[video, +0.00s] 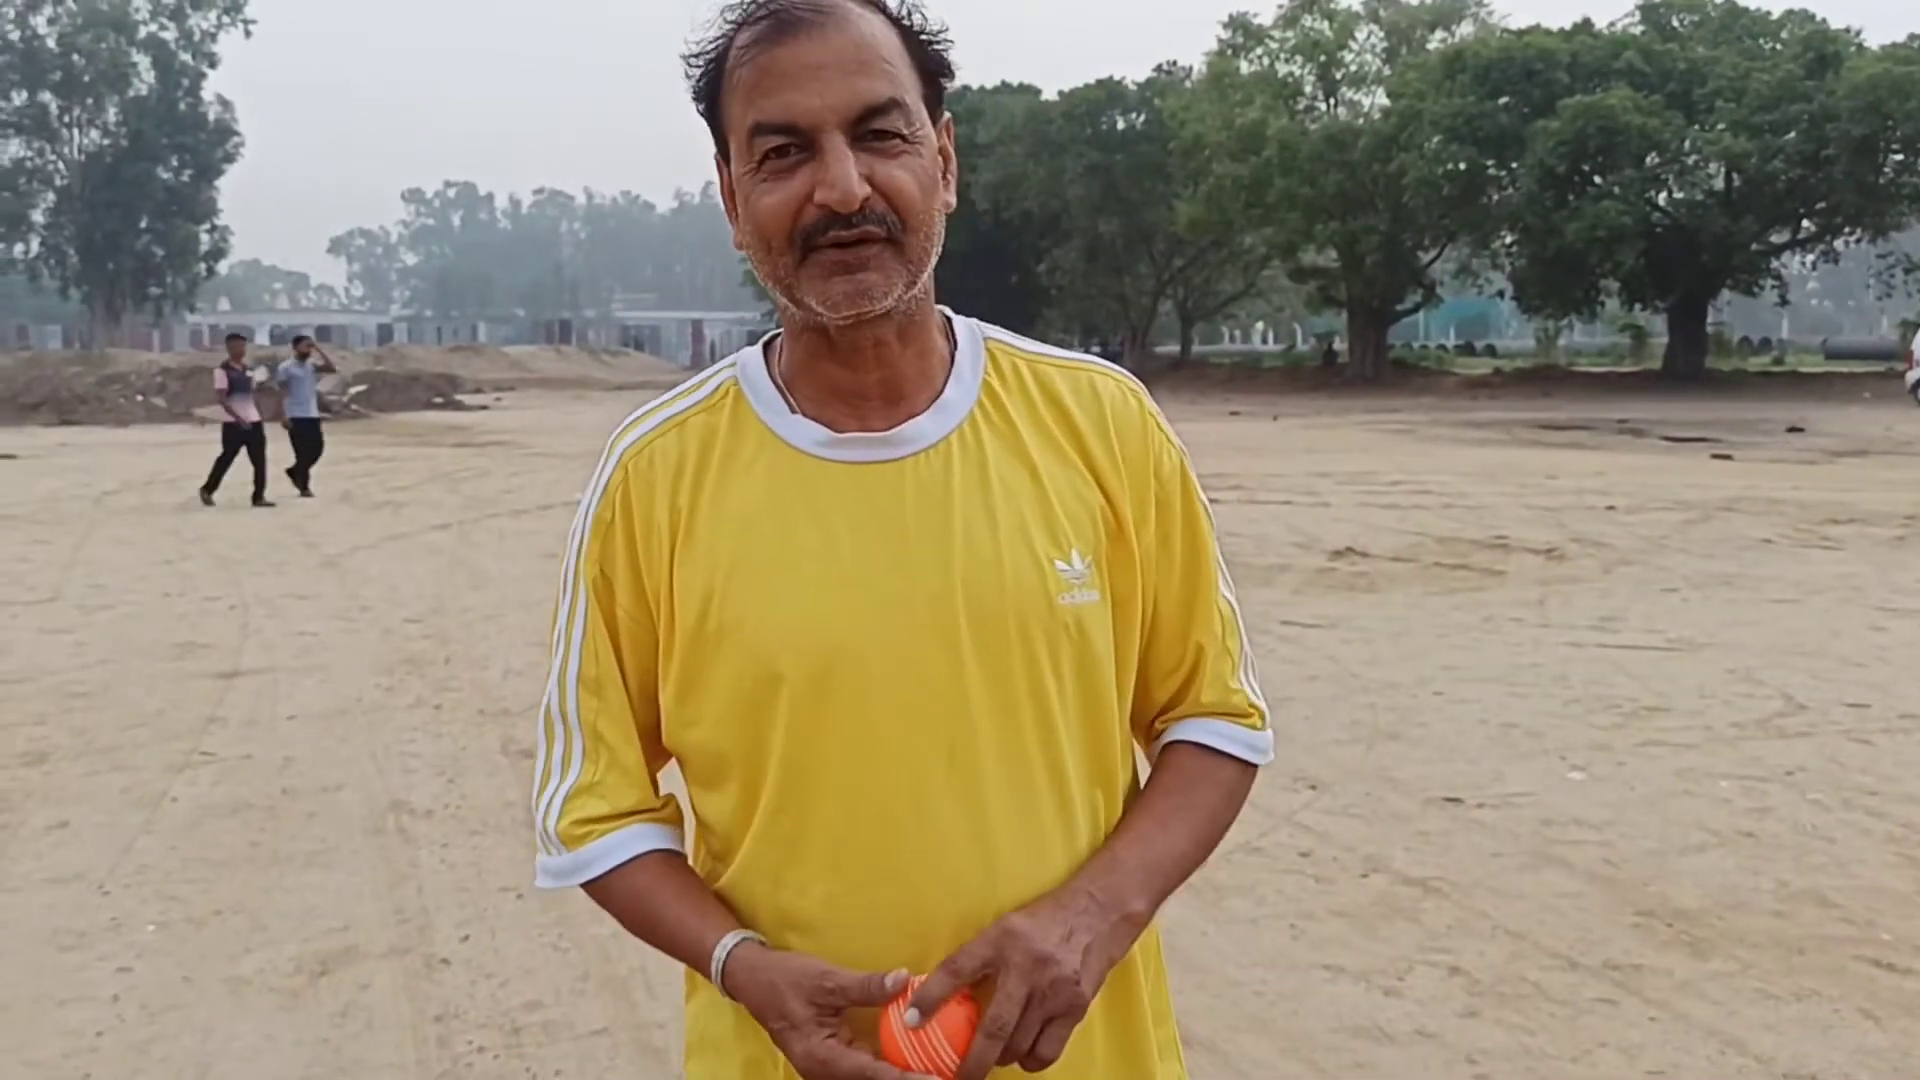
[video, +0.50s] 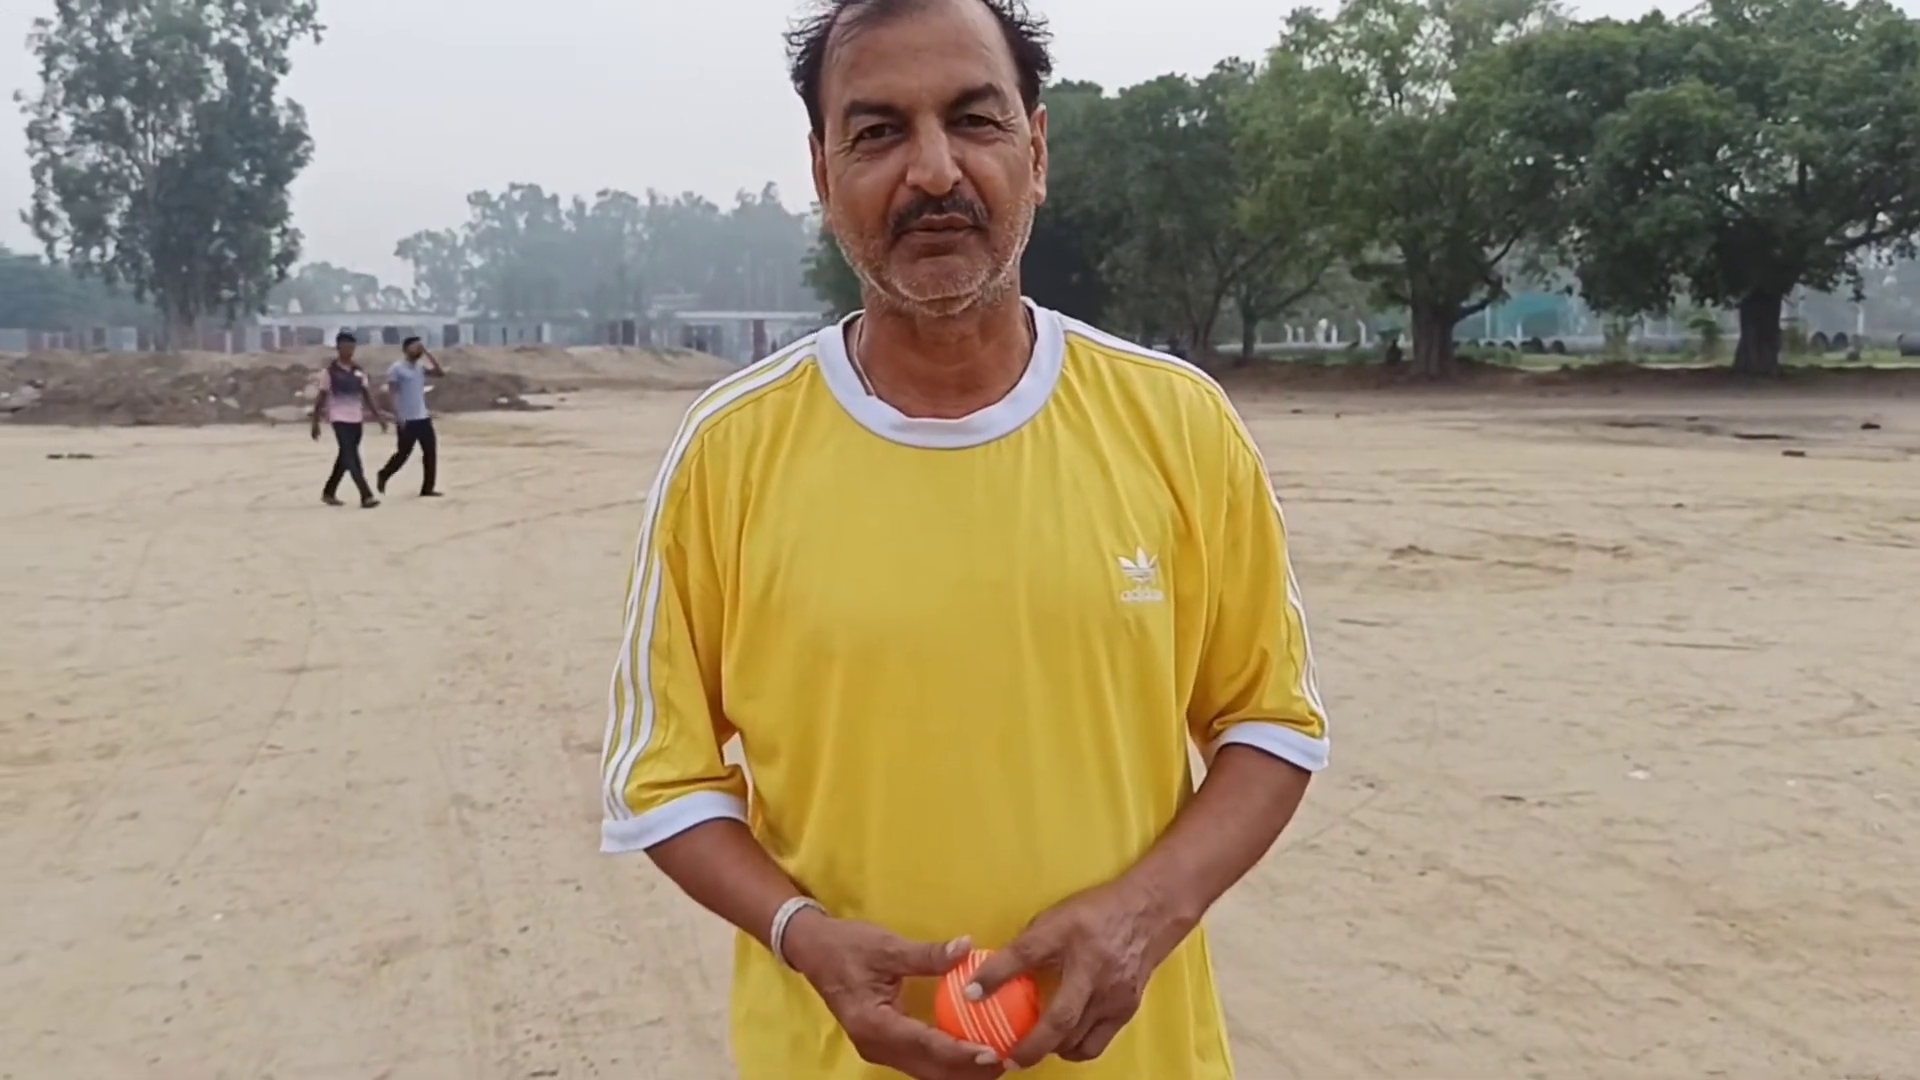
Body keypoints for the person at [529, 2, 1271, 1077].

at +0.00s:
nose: (843, 187)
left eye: (880, 135)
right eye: (783, 153)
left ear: (945, 165)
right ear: (732, 205)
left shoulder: (1105, 425)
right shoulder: (655, 473)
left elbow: (1219, 720)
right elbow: (592, 808)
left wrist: (1096, 909)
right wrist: (745, 967)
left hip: (1091, 1051)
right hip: (782, 1054)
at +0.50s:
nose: (935, 170)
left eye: (976, 120)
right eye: (879, 132)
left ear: (1037, 157)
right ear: (822, 181)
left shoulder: (1180, 423)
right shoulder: (729, 447)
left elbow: (1276, 723)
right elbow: (658, 773)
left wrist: (1145, 909)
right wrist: (802, 933)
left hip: (1140, 1048)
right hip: (831, 1053)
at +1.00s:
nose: (1075, 191)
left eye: (1113, 140)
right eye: (1020, 153)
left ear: (1165, 164)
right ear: (954, 195)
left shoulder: (1302, 422)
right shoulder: (862, 454)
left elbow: (1392, 712)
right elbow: (789, 774)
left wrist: (1301, 893)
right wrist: (962, 924)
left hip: (1272, 1049)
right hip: (976, 1054)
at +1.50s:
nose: (1255, 254)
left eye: (1294, 198)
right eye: (1199, 210)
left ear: (1335, 181)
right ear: (1124, 203)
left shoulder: (1449, 417)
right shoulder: (1024, 440)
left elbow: (1555, 695)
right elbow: (925, 761)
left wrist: (1507, 792)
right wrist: (1113, 806)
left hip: (1411, 1042)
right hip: (1125, 1047)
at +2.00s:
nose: (1300, 184)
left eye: (1335, 140)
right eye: (1245, 147)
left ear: (1378, 176)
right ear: (1177, 191)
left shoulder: (1489, 425)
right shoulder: (1070, 437)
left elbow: (1642, 720)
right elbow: (926, 719)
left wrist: (1573, 714)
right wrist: (1187, 700)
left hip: (1435, 1032)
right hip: (1157, 1038)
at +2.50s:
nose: (1313, 255)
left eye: (1348, 207)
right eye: (1262, 210)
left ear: (1386, 211)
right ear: (1180, 219)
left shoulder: (1481, 453)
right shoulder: (1064, 457)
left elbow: (1656, 762)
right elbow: (877, 699)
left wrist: (1566, 686)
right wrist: (1152, 674)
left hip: (1422, 1040)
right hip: (1134, 1040)